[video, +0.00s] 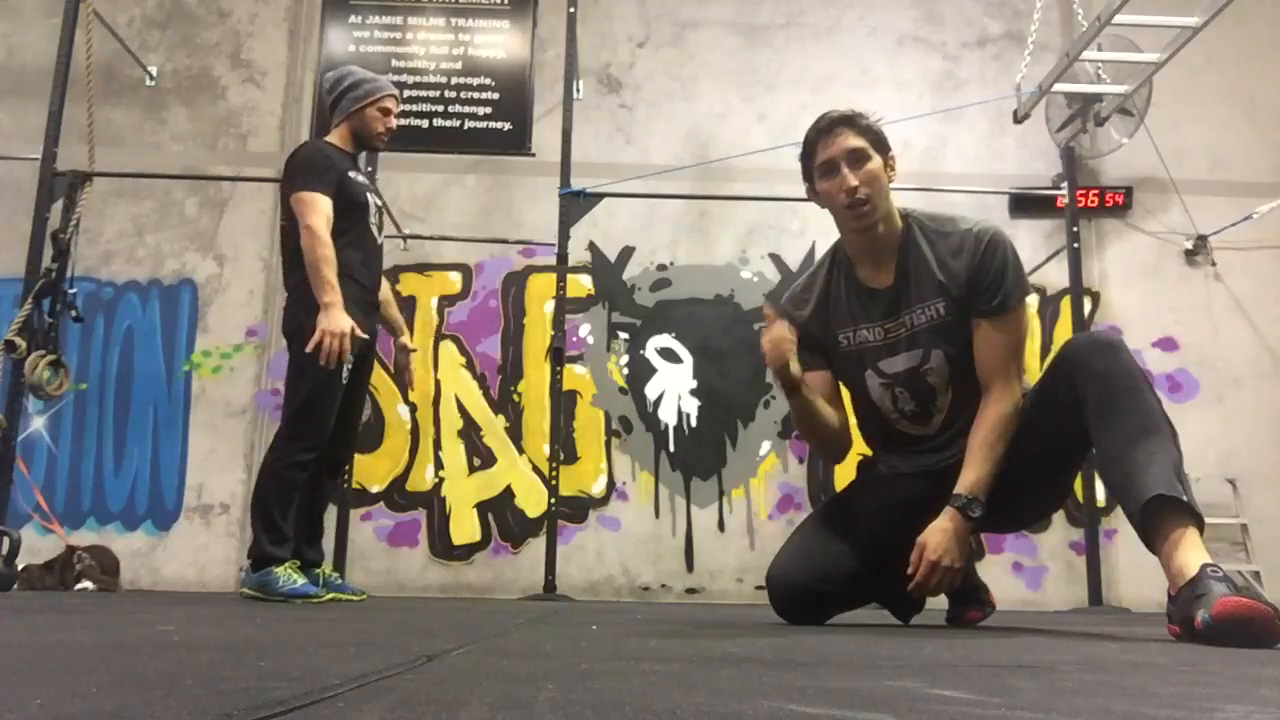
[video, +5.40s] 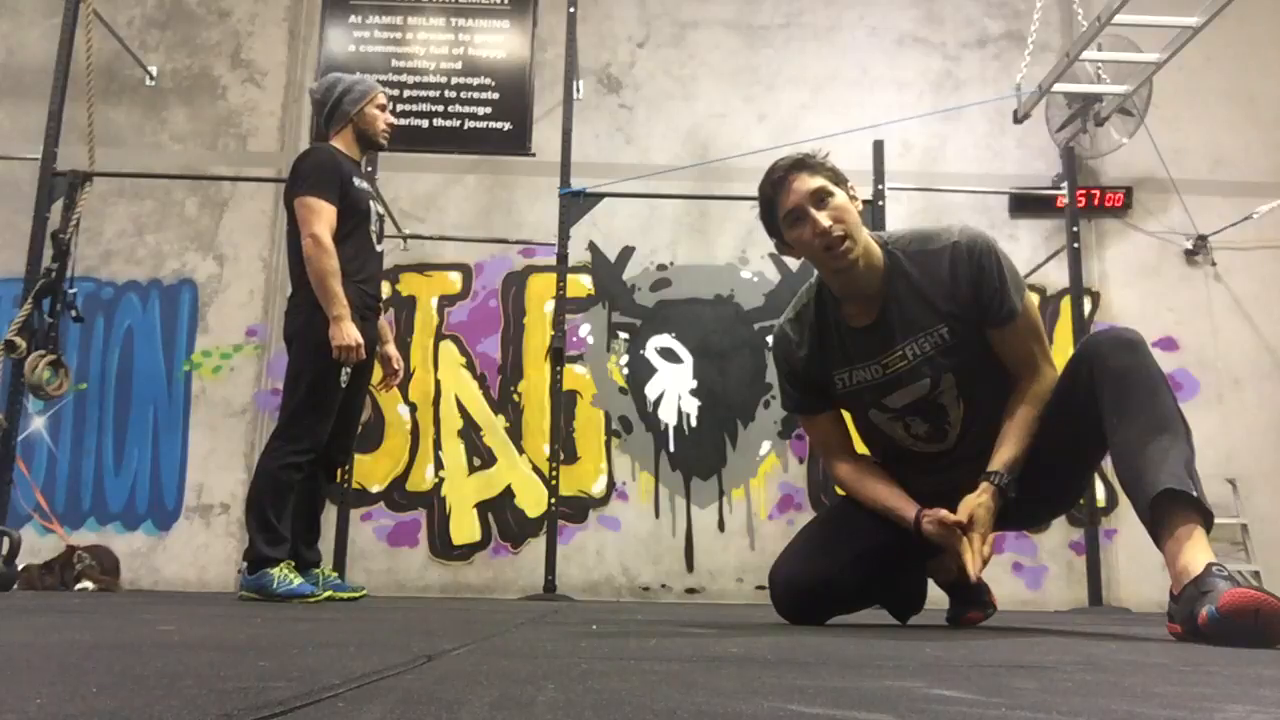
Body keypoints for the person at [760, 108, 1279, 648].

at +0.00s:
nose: (848, 179)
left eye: (859, 160)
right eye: (828, 171)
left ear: (889, 168)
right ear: (814, 194)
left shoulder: (976, 251)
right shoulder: (804, 301)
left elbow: (1003, 391)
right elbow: (834, 442)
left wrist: (962, 510)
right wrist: (789, 381)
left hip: (998, 464)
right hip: (900, 482)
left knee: (1097, 352)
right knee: (793, 590)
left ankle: (1191, 576)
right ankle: (949, 562)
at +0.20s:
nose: (836, 198)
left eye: (846, 175)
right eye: (816, 187)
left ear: (878, 178)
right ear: (802, 206)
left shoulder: (967, 252)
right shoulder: (800, 315)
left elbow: (1013, 382)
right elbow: (851, 453)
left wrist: (949, 483)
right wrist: (826, 407)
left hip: (999, 464)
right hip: (897, 486)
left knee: (1101, 354)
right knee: (794, 590)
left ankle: (1192, 576)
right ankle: (943, 559)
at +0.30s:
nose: (830, 203)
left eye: (839, 180)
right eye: (810, 194)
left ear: (873, 182)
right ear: (797, 215)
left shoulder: (965, 251)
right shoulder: (803, 326)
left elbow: (1019, 374)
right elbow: (835, 433)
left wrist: (947, 448)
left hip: (999, 464)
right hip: (902, 490)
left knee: (1110, 352)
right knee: (794, 590)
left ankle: (1193, 575)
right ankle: (944, 559)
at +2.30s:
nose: (823, 227)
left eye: (830, 203)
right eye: (802, 222)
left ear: (867, 198)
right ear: (796, 243)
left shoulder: (970, 260)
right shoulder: (805, 337)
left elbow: (1041, 376)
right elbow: (842, 456)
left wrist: (987, 482)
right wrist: (920, 519)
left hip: (1018, 473)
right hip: (912, 497)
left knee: (1120, 348)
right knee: (796, 590)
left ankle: (1195, 577)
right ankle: (938, 558)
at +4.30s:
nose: (815, 221)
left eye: (820, 198)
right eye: (793, 219)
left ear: (857, 195)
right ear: (787, 246)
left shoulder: (964, 260)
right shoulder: (800, 342)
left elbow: (1038, 378)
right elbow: (839, 459)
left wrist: (992, 486)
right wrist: (917, 519)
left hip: (1014, 470)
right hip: (909, 497)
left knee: (1117, 349)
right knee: (795, 591)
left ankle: (1195, 578)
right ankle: (934, 559)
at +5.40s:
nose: (820, 221)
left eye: (823, 199)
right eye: (797, 220)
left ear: (854, 198)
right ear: (788, 249)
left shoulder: (963, 259)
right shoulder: (800, 342)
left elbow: (1037, 378)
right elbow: (839, 458)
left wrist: (992, 488)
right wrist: (917, 519)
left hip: (1014, 469)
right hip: (909, 496)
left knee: (1116, 348)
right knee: (795, 591)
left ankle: (1195, 578)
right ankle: (935, 560)